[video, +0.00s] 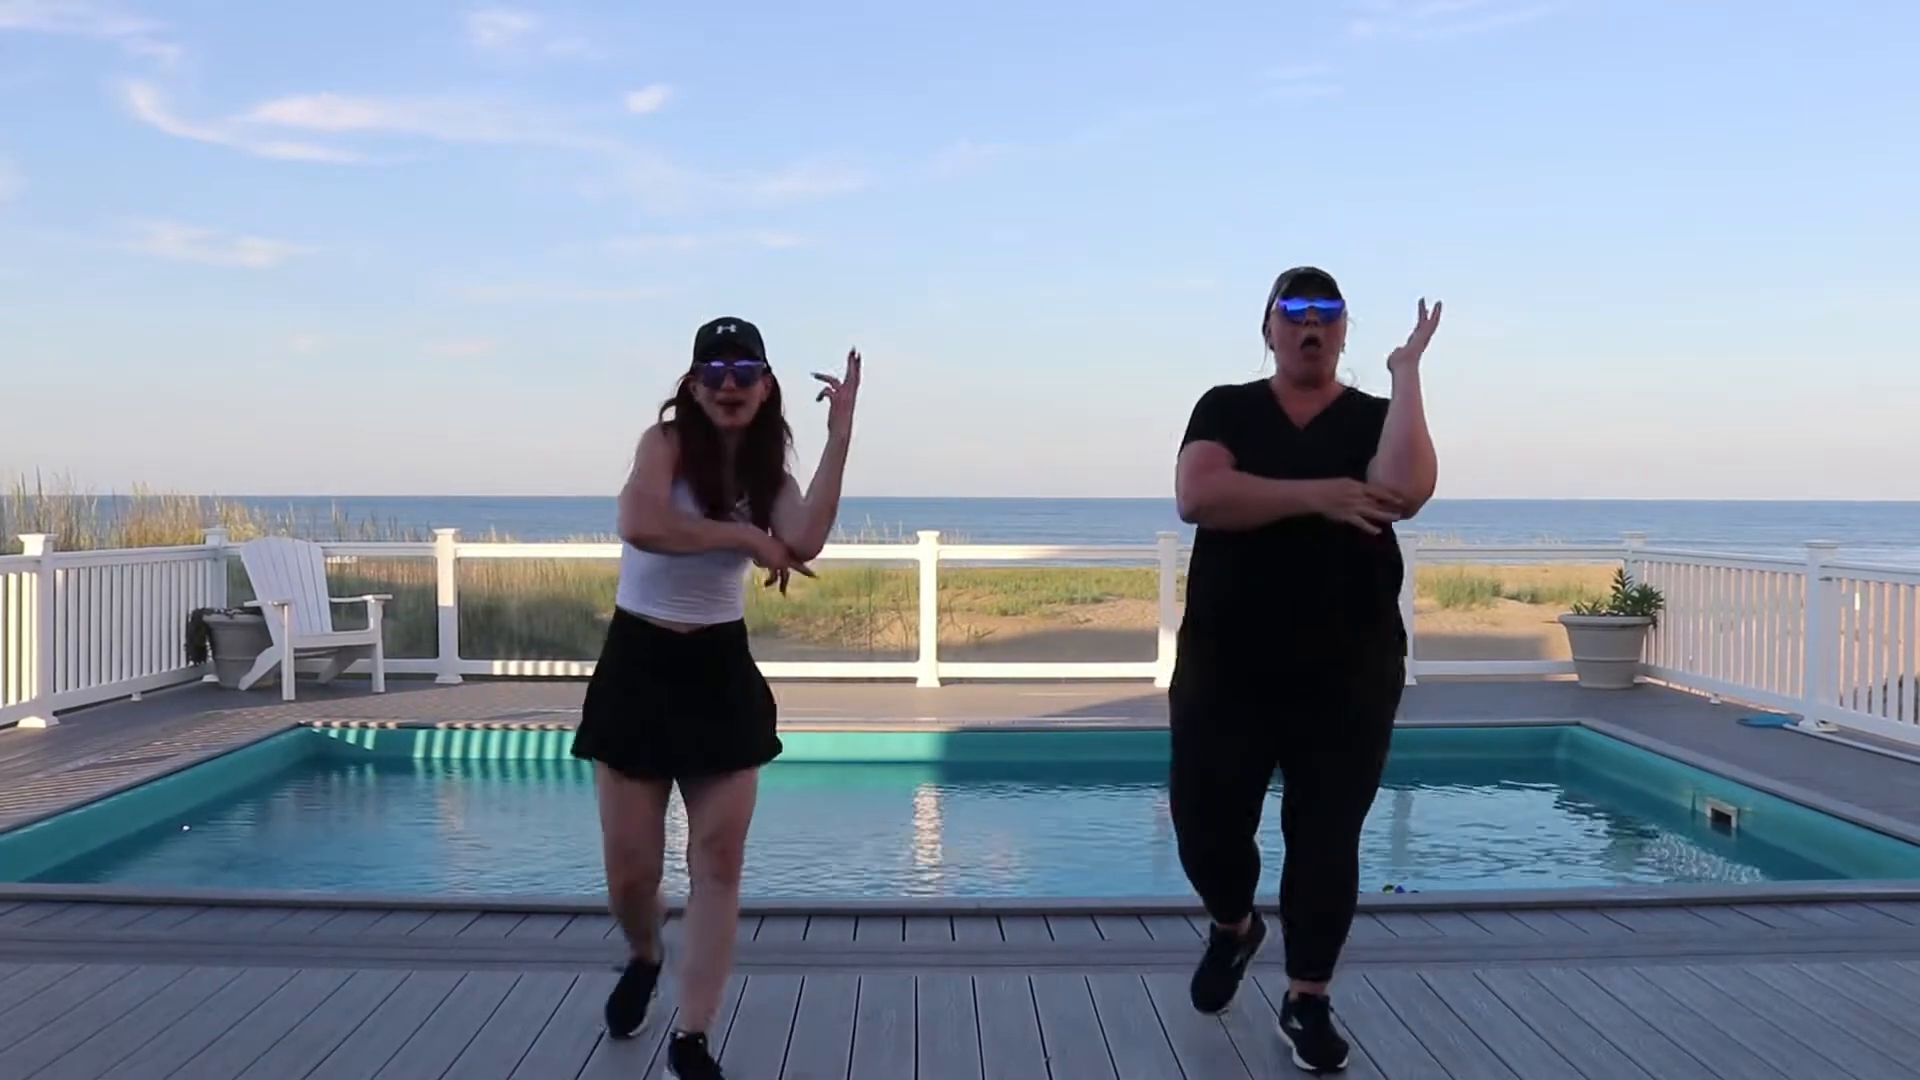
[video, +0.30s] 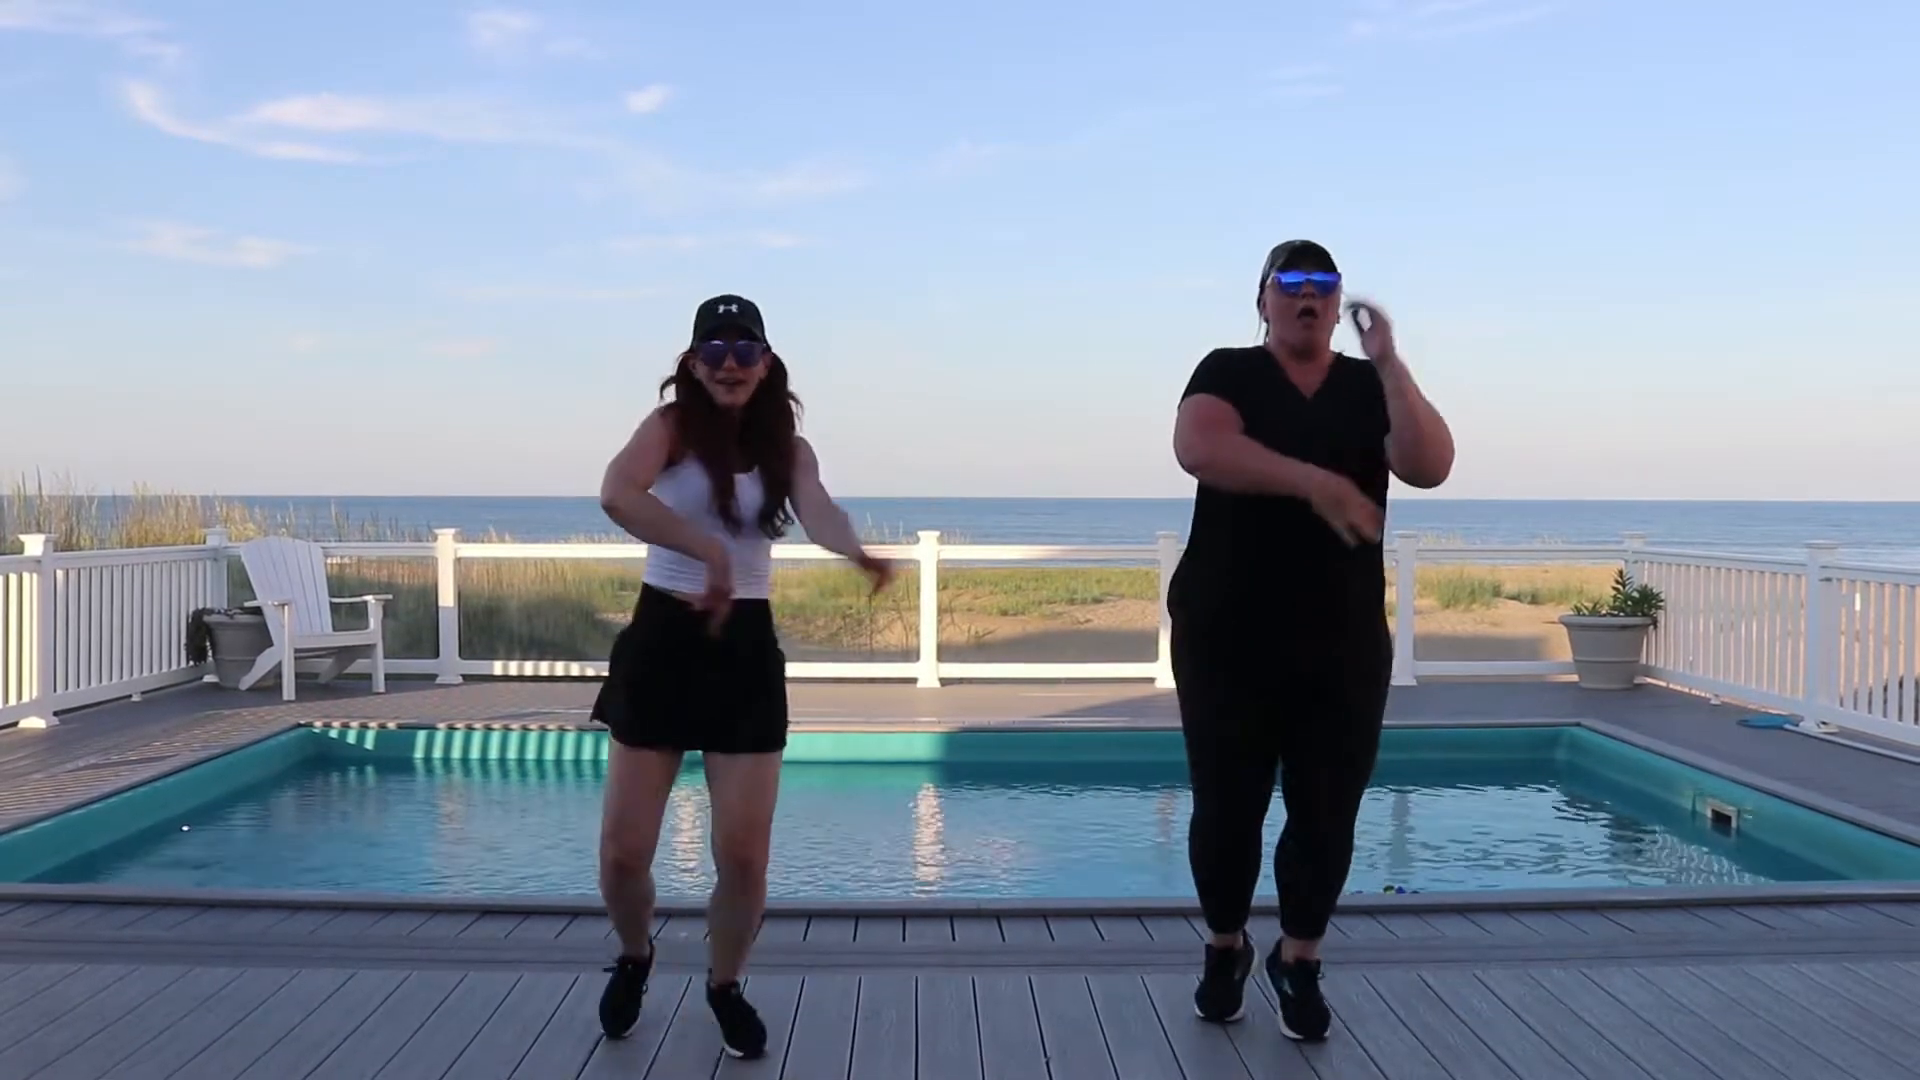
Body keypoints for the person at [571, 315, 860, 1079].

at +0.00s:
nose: (732, 388)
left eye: (747, 373)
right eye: (716, 374)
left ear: (768, 384)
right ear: (694, 382)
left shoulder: (767, 466)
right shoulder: (665, 440)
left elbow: (804, 543)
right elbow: (641, 523)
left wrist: (838, 443)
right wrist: (748, 538)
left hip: (721, 668)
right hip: (638, 664)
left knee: (720, 860)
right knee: (629, 871)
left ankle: (694, 1038)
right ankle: (644, 959)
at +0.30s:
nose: (728, 365)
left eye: (743, 351)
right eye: (713, 351)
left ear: (766, 360)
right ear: (692, 358)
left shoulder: (784, 444)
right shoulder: (670, 424)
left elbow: (818, 510)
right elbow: (619, 493)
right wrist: (709, 549)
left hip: (748, 645)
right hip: (664, 638)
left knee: (745, 857)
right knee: (621, 854)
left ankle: (725, 984)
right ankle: (633, 955)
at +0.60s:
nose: (717, 373)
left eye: (733, 360)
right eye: (702, 360)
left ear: (757, 370)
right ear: (681, 371)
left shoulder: (778, 432)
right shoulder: (672, 442)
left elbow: (810, 518)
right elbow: (620, 509)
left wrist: (708, 542)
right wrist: (622, 405)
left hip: (796, 655)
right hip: (712, 656)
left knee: (784, 856)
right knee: (694, 838)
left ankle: (736, 994)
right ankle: (691, 1021)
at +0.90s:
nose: (719, 394)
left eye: (735, 381)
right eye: (704, 381)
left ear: (759, 391)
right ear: (682, 393)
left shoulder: (794, 464)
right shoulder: (674, 479)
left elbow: (829, 558)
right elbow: (656, 575)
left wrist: (718, 582)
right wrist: (636, 465)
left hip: (818, 672)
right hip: (732, 676)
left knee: (831, 862)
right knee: (724, 855)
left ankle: (817, 959)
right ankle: (746, 1041)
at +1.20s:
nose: (723, 381)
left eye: (740, 368)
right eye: (709, 366)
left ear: (762, 377)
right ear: (687, 374)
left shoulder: (789, 448)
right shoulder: (667, 464)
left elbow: (816, 530)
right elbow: (642, 583)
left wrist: (816, 616)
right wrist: (673, 560)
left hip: (803, 650)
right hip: (722, 660)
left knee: (854, 853)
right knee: (730, 867)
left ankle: (817, 887)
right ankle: (763, 990)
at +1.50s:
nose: (773, 374)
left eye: (787, 360)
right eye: (758, 360)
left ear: (808, 368)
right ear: (735, 365)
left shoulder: (811, 450)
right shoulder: (702, 425)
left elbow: (859, 516)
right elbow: (681, 518)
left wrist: (884, 417)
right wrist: (788, 524)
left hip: (772, 643)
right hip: (688, 647)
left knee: (792, 836)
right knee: (699, 855)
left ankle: (785, 1012)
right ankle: (754, 989)